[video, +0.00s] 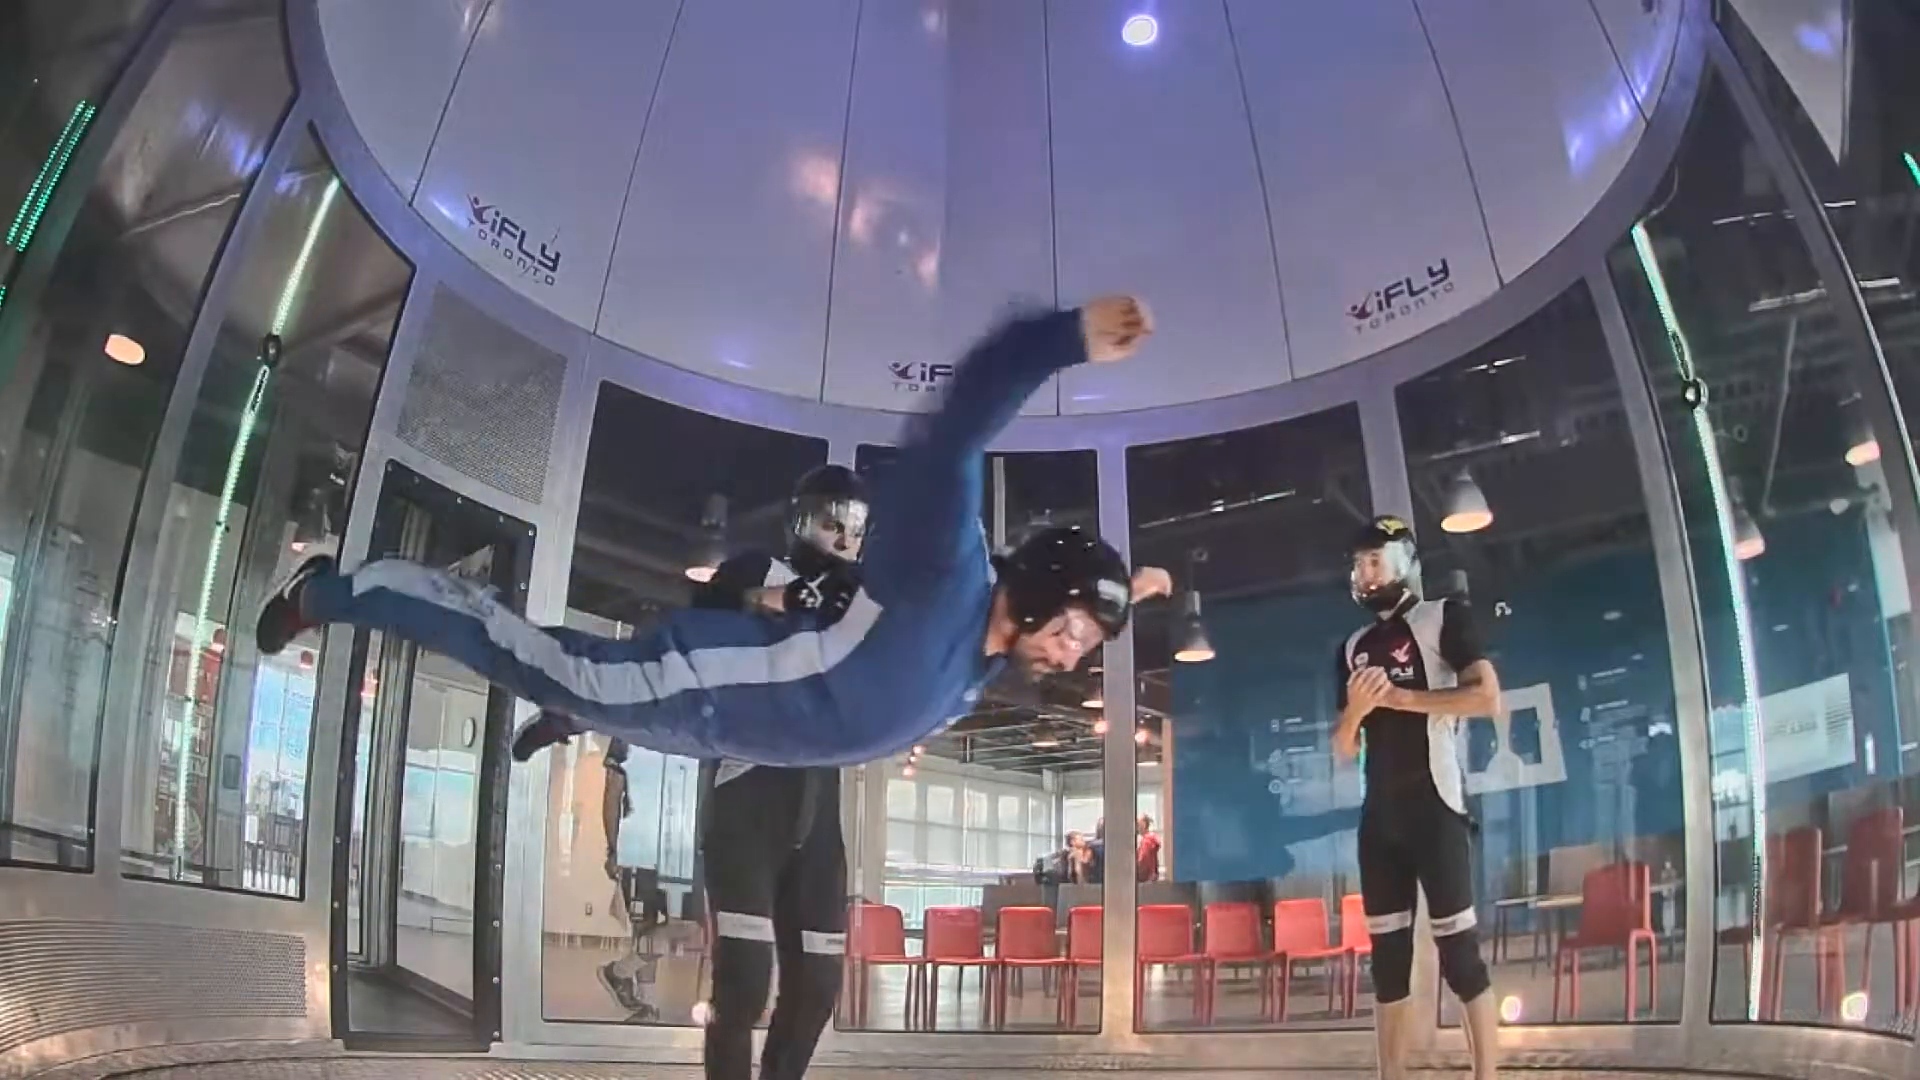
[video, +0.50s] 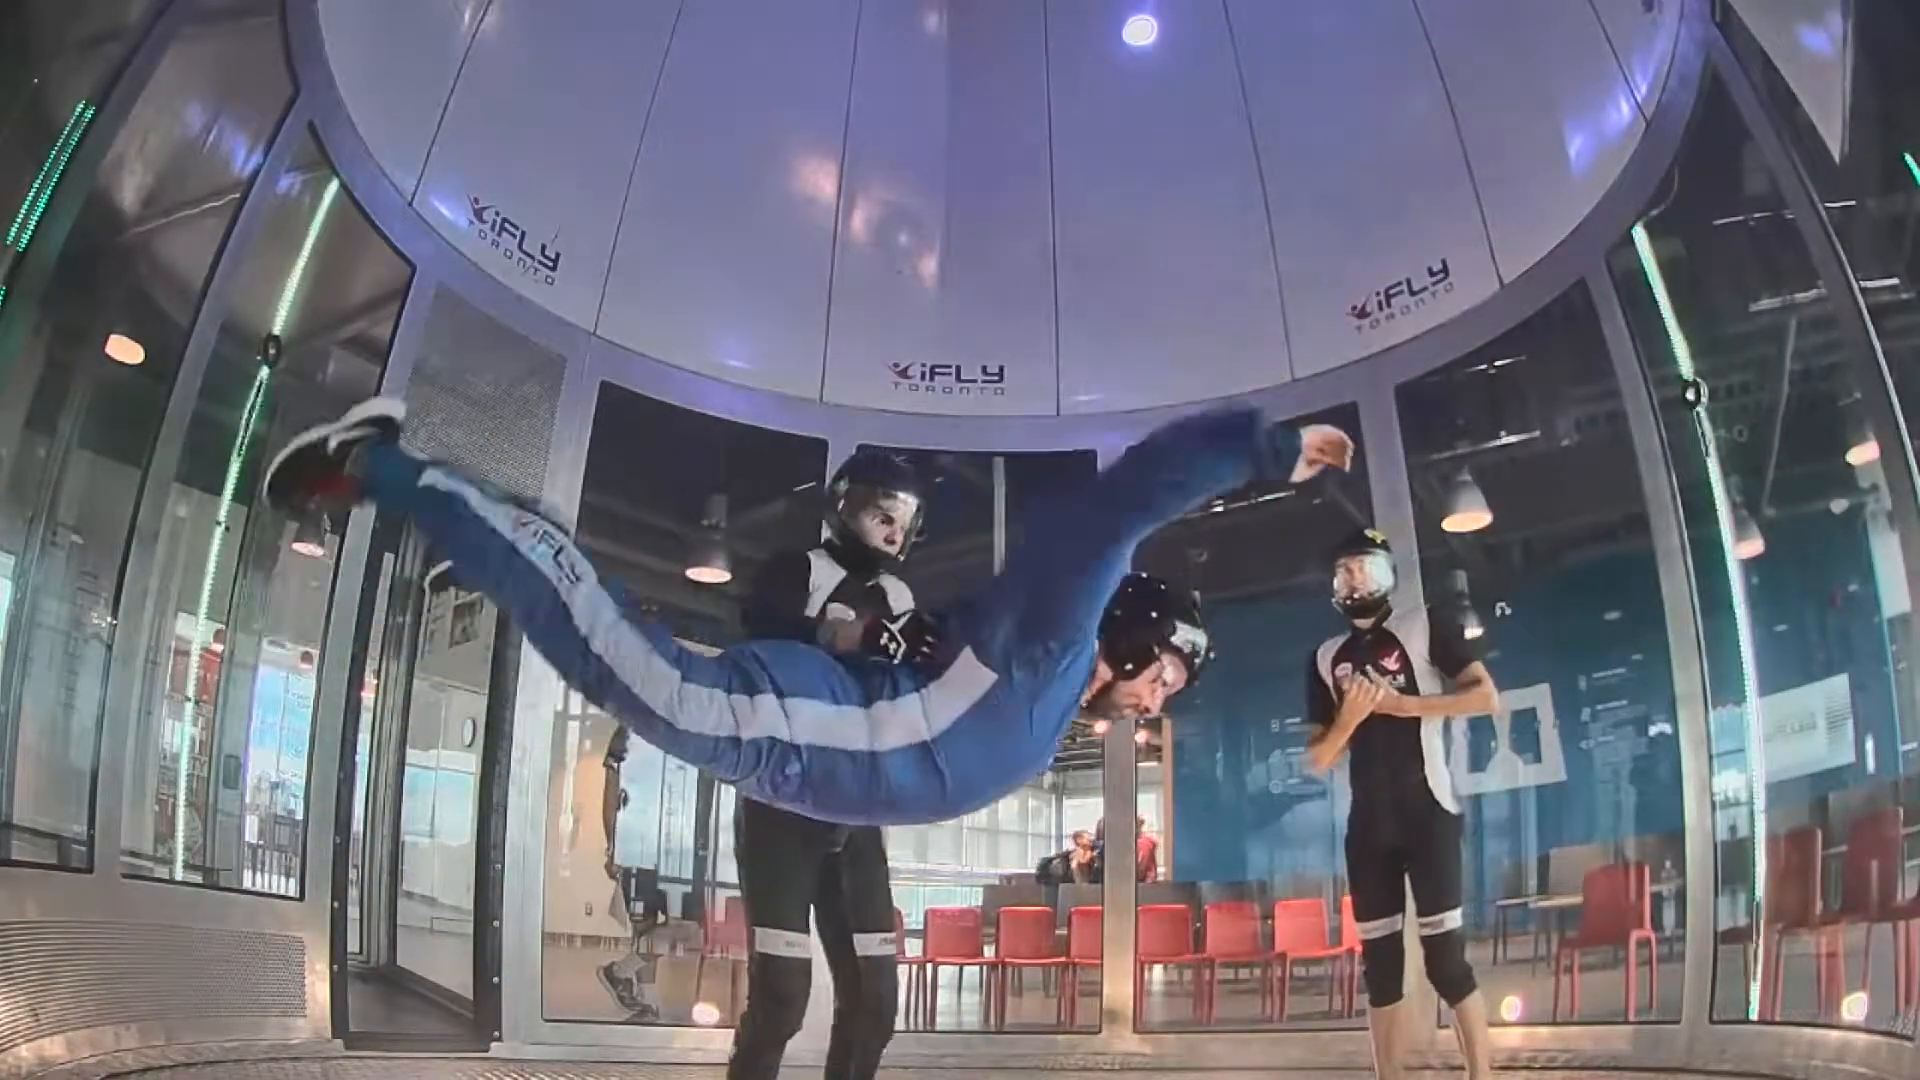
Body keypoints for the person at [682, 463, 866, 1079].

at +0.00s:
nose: (846, 534)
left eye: (857, 523)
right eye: (832, 519)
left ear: (868, 530)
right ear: (801, 519)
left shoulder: (869, 599)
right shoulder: (760, 571)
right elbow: (702, 601)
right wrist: (761, 603)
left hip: (820, 807)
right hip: (745, 800)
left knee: (816, 987)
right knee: (744, 983)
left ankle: (778, 1074)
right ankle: (728, 1072)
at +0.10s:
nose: (846, 529)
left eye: (858, 519)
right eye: (832, 515)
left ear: (869, 529)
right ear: (802, 513)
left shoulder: (878, 597)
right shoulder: (765, 571)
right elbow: (703, 625)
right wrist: (779, 606)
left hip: (835, 801)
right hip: (759, 793)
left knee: (828, 985)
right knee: (760, 983)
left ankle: (783, 1074)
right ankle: (737, 1073)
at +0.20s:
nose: (862, 527)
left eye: (872, 518)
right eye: (847, 513)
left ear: (881, 529)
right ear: (812, 515)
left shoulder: (890, 599)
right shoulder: (768, 576)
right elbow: (728, 638)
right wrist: (830, 611)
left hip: (848, 805)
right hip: (772, 800)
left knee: (876, 998)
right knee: (771, 1001)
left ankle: (792, 1075)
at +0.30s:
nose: (870, 531)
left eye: (879, 520)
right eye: (856, 517)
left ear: (888, 528)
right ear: (819, 515)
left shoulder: (894, 601)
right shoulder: (775, 572)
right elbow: (736, 635)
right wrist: (804, 621)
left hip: (851, 804)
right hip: (773, 799)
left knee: (890, 996)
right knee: (775, 1000)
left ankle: (806, 1078)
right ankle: (743, 1073)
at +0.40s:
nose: (884, 524)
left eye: (895, 515)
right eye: (871, 510)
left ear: (903, 528)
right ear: (837, 508)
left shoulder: (903, 599)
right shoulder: (787, 568)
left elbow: (935, 676)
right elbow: (750, 633)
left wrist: (915, 654)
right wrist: (811, 633)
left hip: (857, 815)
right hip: (776, 806)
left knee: (878, 1009)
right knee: (777, 1001)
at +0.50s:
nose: (894, 524)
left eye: (905, 516)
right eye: (881, 509)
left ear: (910, 528)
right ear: (843, 506)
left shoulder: (906, 599)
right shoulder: (792, 568)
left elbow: (938, 676)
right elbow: (757, 641)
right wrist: (826, 636)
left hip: (859, 816)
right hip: (779, 806)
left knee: (873, 1005)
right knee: (779, 1002)